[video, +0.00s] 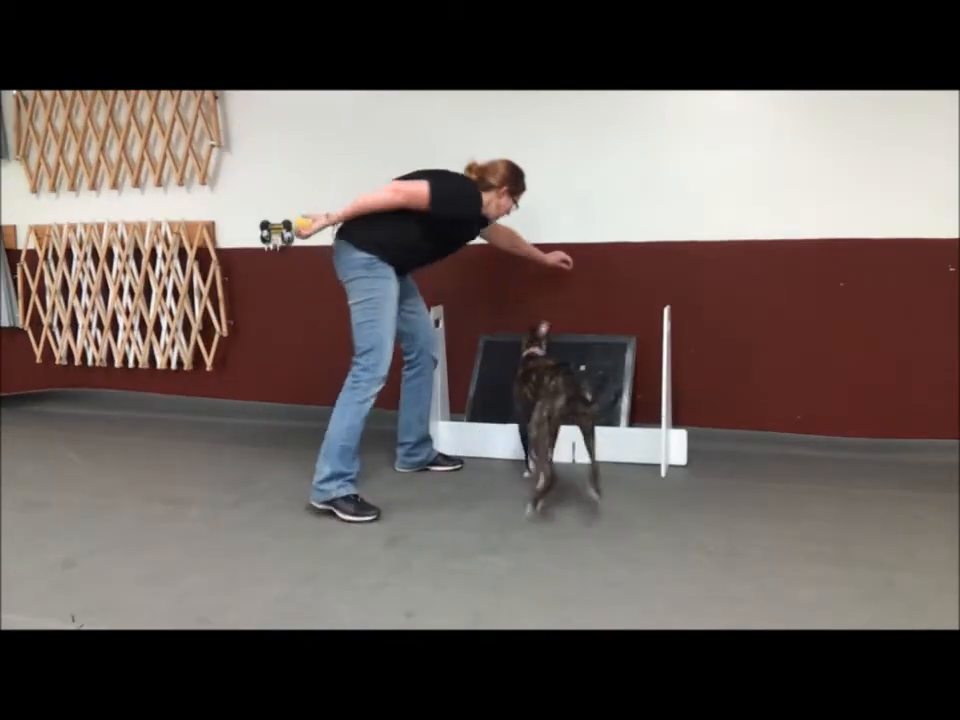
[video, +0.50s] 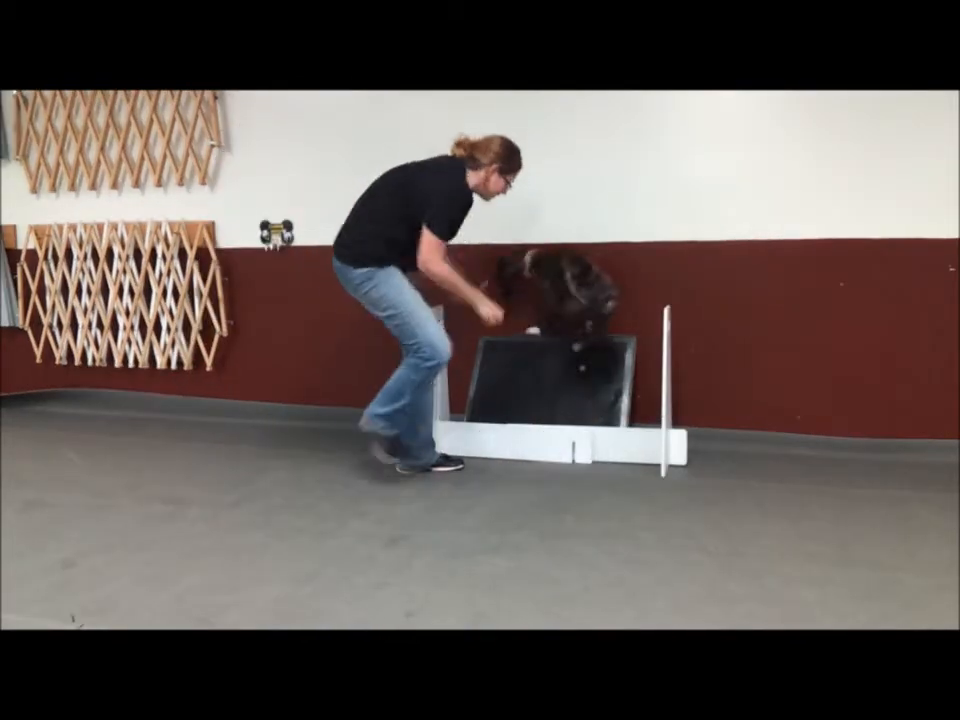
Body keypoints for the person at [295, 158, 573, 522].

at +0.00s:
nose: (511, 209)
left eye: (514, 203)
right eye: (512, 200)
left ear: (496, 190)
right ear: (498, 189)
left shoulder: (473, 214)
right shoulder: (461, 192)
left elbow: (503, 236)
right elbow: (396, 193)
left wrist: (543, 258)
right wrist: (333, 217)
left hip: (392, 266)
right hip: (365, 256)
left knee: (423, 350)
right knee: (371, 367)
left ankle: (415, 454)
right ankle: (330, 488)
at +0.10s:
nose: (507, 201)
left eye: (511, 196)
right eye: (509, 192)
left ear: (493, 181)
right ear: (497, 181)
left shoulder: (469, 203)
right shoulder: (467, 186)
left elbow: (493, 230)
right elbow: (406, 194)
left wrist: (529, 249)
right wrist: (345, 237)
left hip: (396, 263)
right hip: (379, 257)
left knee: (424, 351)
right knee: (388, 363)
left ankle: (415, 453)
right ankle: (332, 478)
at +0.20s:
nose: (506, 185)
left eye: (508, 178)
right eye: (507, 176)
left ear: (486, 164)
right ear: (495, 166)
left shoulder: (459, 182)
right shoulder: (467, 177)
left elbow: (478, 219)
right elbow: (405, 198)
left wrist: (516, 238)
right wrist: (374, 267)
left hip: (395, 256)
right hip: (386, 256)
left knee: (425, 355)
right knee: (414, 358)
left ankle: (417, 454)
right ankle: (351, 467)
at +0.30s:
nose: (504, 171)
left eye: (507, 164)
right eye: (505, 162)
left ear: (484, 151)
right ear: (492, 151)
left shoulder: (454, 168)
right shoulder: (460, 166)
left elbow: (458, 213)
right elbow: (406, 204)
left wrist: (498, 235)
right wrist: (426, 279)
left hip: (380, 251)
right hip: (381, 252)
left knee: (424, 350)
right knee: (440, 348)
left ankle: (418, 454)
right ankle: (380, 448)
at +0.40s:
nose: (504, 173)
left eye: (508, 166)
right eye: (505, 164)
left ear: (486, 152)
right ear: (490, 153)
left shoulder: (455, 168)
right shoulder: (453, 169)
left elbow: (440, 220)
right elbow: (412, 229)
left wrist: (475, 250)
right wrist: (467, 281)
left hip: (381, 255)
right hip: (379, 257)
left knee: (418, 348)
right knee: (448, 343)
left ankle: (420, 452)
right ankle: (394, 419)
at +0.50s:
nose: (506, 188)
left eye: (510, 182)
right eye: (507, 179)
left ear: (486, 167)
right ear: (489, 169)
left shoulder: (450, 177)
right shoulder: (453, 189)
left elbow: (431, 252)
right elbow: (430, 262)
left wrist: (472, 292)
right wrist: (479, 301)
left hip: (376, 261)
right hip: (365, 264)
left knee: (424, 350)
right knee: (434, 350)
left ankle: (416, 454)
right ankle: (379, 421)